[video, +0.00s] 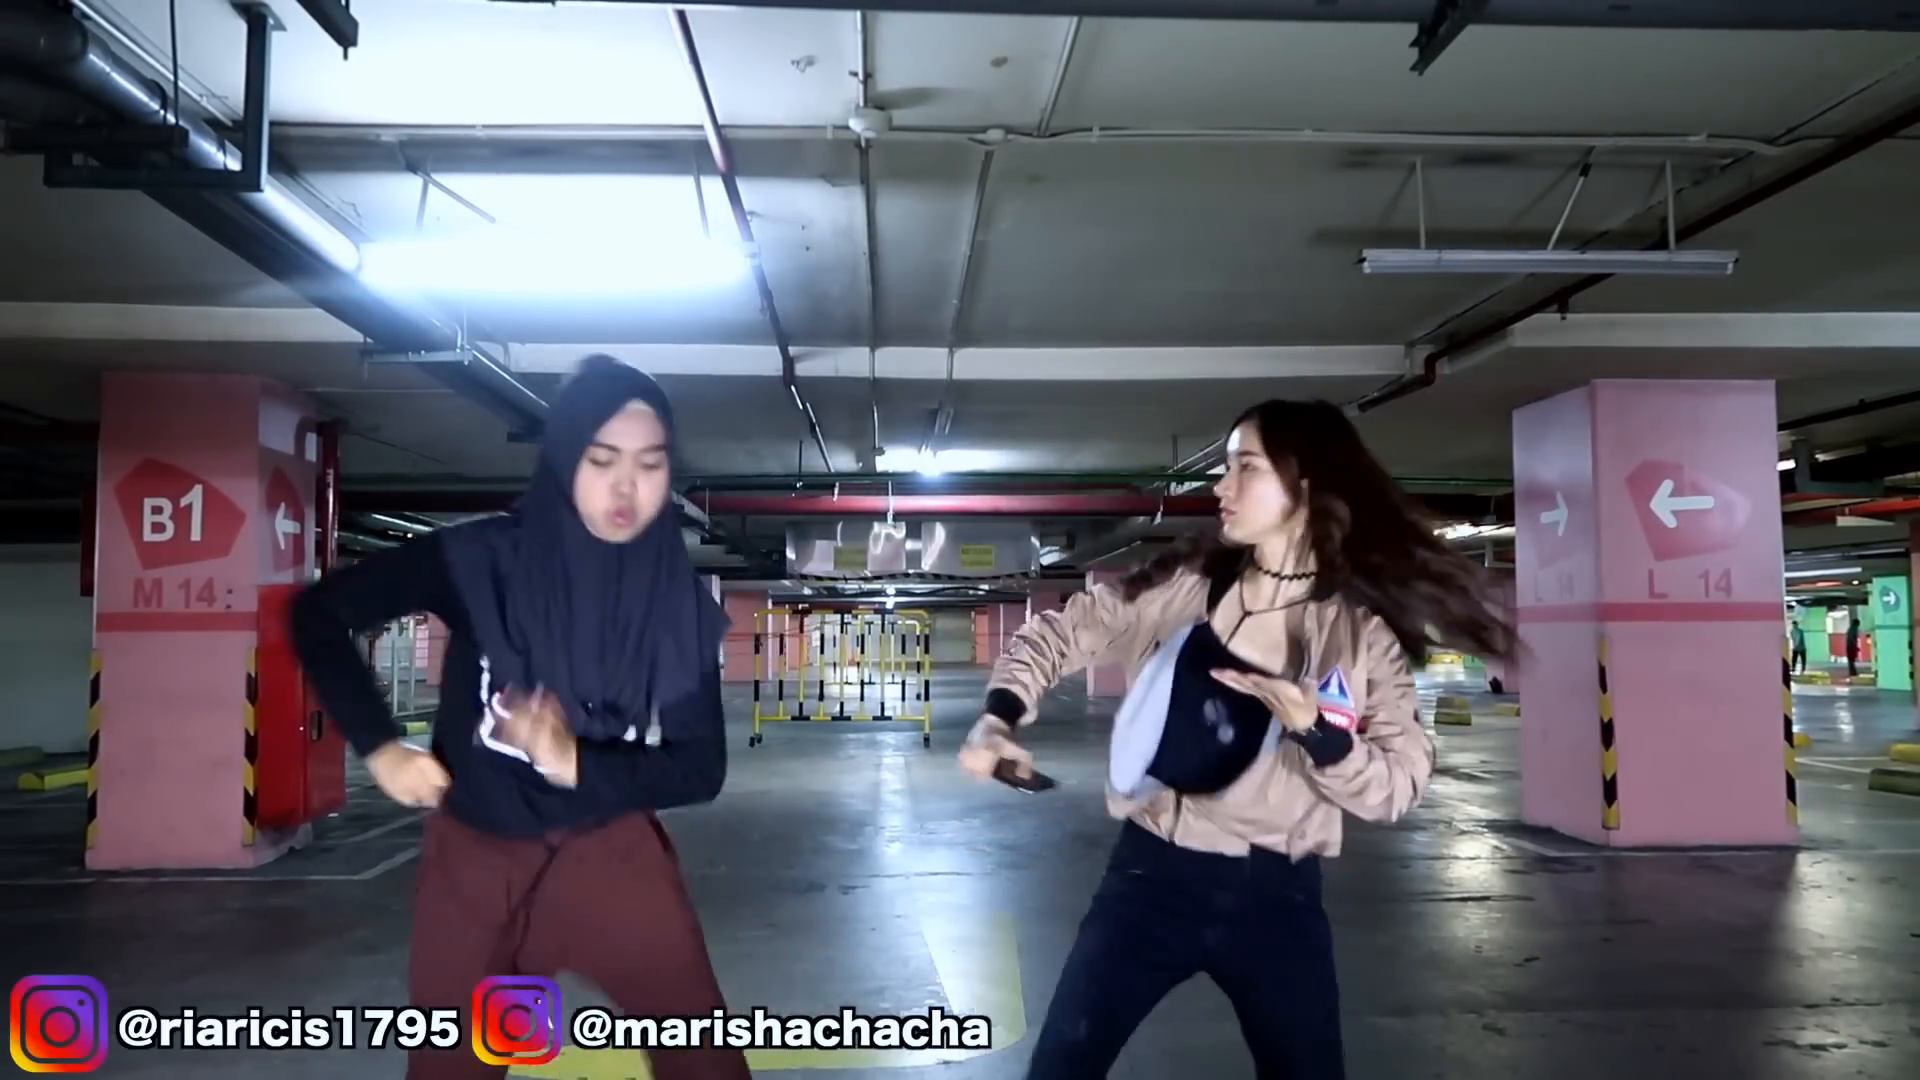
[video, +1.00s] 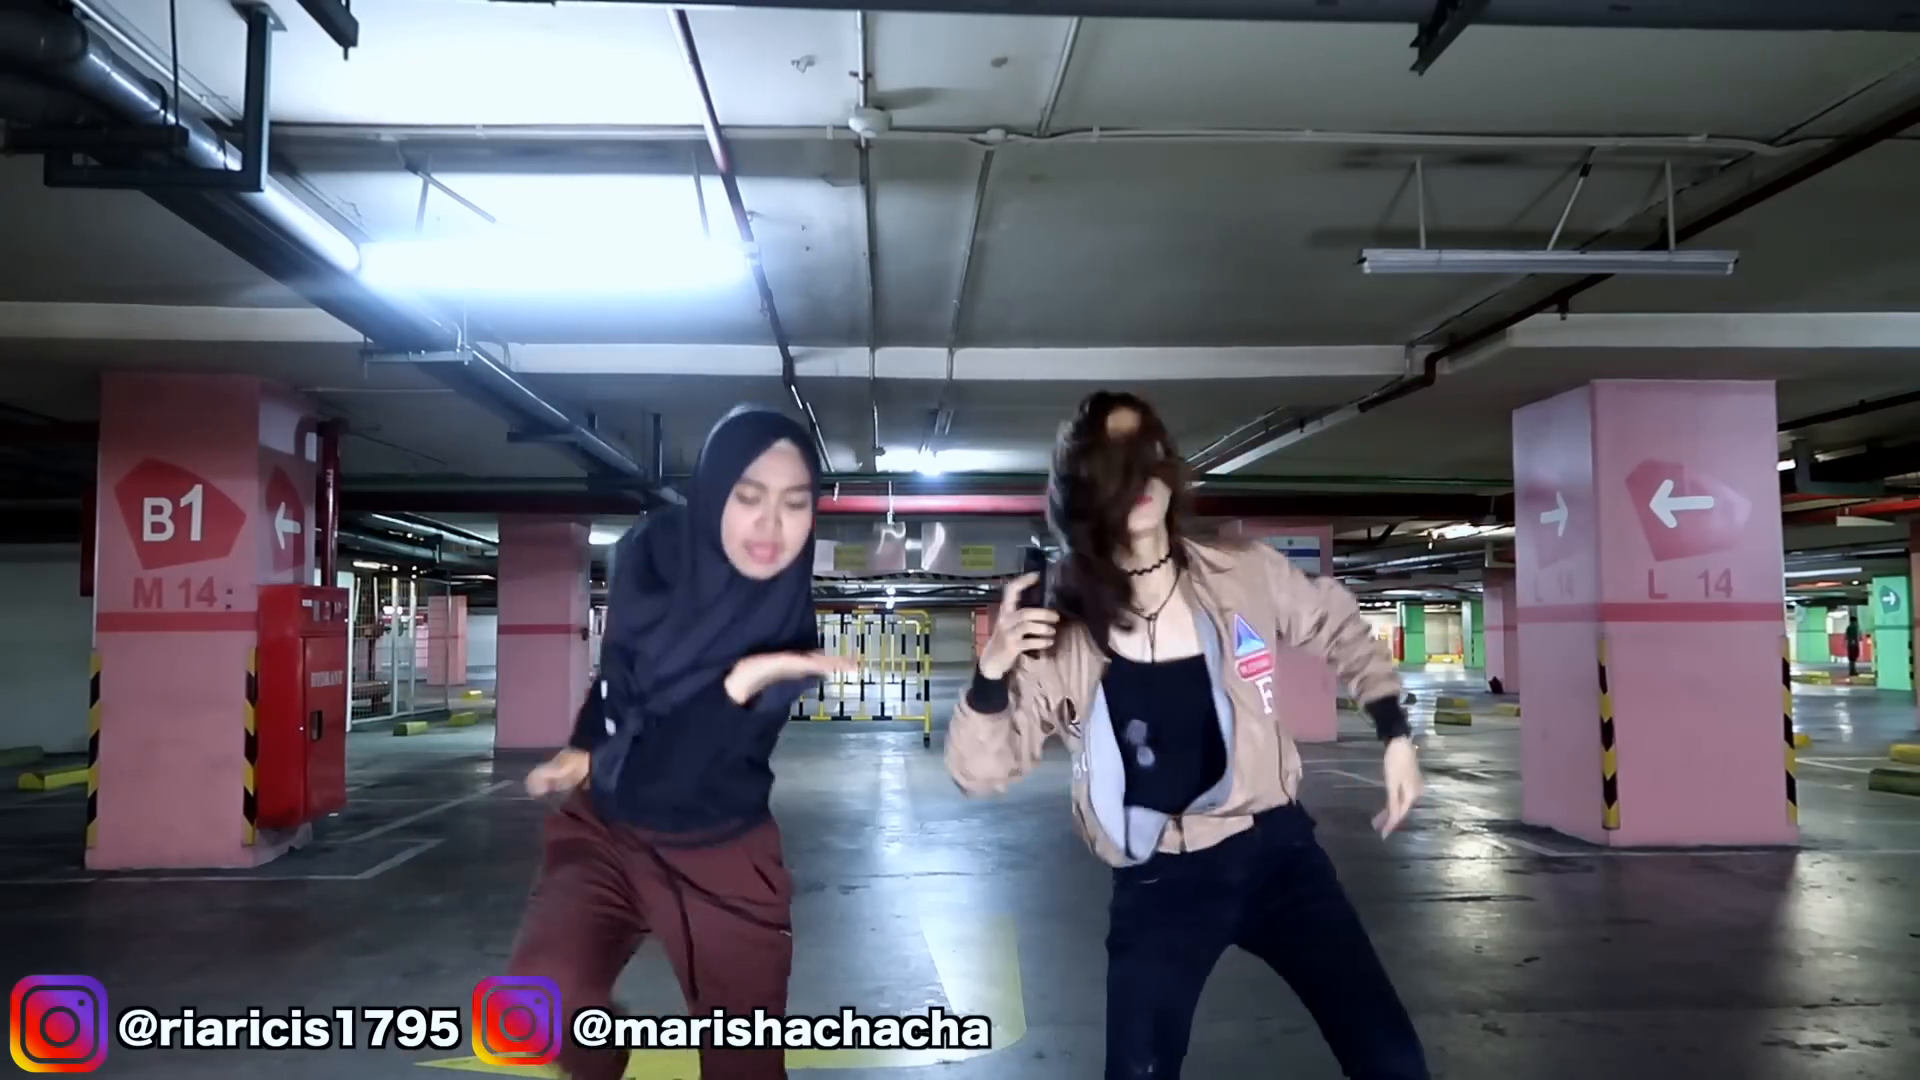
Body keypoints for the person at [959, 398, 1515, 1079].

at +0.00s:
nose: (1221, 485)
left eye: (1247, 467)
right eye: (1228, 465)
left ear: (1307, 488)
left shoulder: (1360, 632)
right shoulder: (1186, 589)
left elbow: (1396, 790)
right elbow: (1067, 630)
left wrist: (1313, 729)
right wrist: (1000, 715)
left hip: (1276, 895)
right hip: (1150, 877)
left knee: (1307, 1071)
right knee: (1060, 1065)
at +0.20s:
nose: (1228, 477)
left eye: (1255, 460)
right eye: (1232, 459)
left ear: (1314, 486)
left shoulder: (1350, 646)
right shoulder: (1178, 583)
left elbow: (1355, 792)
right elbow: (1070, 614)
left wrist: (1287, 686)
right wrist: (974, 679)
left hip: (1257, 896)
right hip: (1130, 876)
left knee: (1292, 1070)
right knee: (1012, 1052)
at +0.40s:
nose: (1213, 449)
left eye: (1232, 432)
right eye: (1191, 432)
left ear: (1256, 457)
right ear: (1156, 456)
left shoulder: (1293, 591)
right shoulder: (1096, 567)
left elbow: (1400, 709)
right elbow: (982, 631)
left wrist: (1358, 626)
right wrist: (950, 678)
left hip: (1214, 857)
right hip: (1087, 849)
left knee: (1242, 1067)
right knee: (1037, 1062)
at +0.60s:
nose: (1140, 479)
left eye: (1144, 461)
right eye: (1112, 463)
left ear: (1154, 474)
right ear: (1059, 489)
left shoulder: (1216, 596)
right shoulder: (1030, 632)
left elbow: (1295, 676)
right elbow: (1048, 817)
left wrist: (1323, 783)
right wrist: (1059, 737)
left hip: (1211, 874)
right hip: (1086, 887)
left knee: (1316, 1053)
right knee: (1045, 1069)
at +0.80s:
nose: (1129, 440)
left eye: (1138, 421)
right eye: (1106, 426)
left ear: (1154, 434)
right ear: (1060, 446)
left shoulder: (1228, 536)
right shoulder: (1032, 585)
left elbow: (1310, 607)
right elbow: (1008, 763)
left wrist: (1342, 733)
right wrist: (1003, 668)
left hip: (1269, 827)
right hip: (1149, 847)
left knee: (1304, 1059)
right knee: (1113, 1061)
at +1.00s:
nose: (1143, 472)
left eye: (1152, 452)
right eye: (1118, 460)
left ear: (1172, 466)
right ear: (1086, 483)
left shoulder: (1244, 570)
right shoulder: (1062, 619)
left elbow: (1340, 626)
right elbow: (981, 774)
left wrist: (1395, 732)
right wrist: (989, 677)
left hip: (1275, 853)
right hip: (1158, 881)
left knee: (1389, 1054)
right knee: (1138, 1070)